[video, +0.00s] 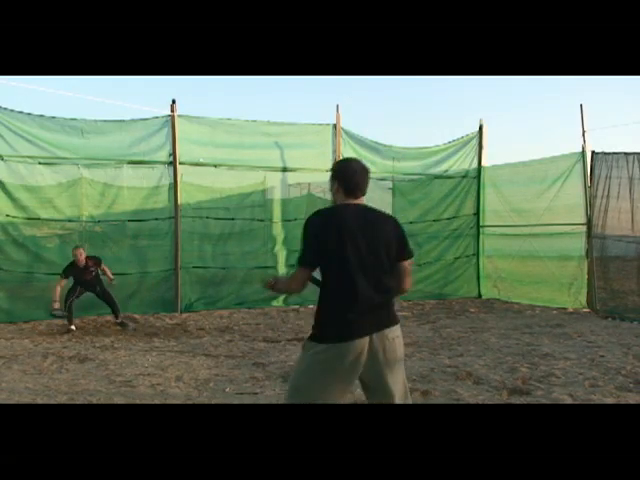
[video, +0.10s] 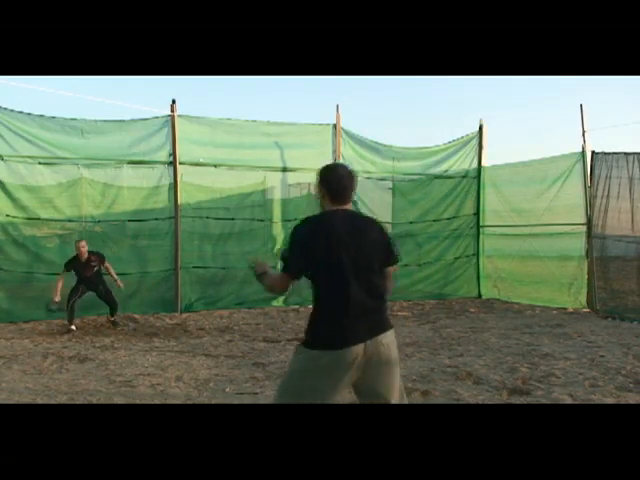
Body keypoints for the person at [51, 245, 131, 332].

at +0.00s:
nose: (79, 258)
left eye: (81, 255)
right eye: (77, 255)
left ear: (85, 254)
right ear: (74, 257)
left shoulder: (93, 261)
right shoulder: (70, 268)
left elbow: (103, 268)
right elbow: (59, 285)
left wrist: (110, 277)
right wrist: (56, 302)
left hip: (95, 284)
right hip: (80, 285)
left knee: (111, 301)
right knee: (68, 301)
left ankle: (118, 319)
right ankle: (71, 325)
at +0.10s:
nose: (82, 250)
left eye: (83, 247)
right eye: (79, 248)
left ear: (87, 247)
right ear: (76, 250)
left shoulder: (96, 257)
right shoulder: (72, 262)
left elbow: (107, 266)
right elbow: (61, 277)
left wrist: (116, 280)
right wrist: (57, 294)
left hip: (98, 283)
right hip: (82, 284)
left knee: (113, 304)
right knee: (70, 301)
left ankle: (112, 318)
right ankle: (71, 325)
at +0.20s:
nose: (87, 243)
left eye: (89, 241)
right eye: (84, 241)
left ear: (93, 241)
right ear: (82, 242)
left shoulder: (102, 252)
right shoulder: (77, 256)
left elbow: (112, 264)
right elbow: (68, 269)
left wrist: (117, 276)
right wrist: (63, 285)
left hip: (101, 281)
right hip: (86, 282)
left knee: (112, 301)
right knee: (75, 301)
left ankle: (109, 320)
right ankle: (72, 325)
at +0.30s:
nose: (92, 238)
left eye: (95, 235)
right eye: (90, 236)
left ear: (98, 236)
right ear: (88, 237)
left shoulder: (107, 249)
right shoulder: (82, 251)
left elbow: (117, 262)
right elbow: (74, 265)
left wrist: (118, 275)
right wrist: (69, 279)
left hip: (104, 279)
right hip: (90, 280)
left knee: (111, 299)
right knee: (79, 299)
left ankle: (109, 320)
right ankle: (75, 323)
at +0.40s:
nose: (96, 234)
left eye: (98, 231)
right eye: (94, 232)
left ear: (102, 233)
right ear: (91, 233)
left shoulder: (110, 246)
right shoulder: (85, 247)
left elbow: (118, 261)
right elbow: (79, 259)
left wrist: (116, 273)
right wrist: (75, 272)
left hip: (106, 277)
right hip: (91, 277)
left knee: (111, 298)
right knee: (81, 296)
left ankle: (109, 320)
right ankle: (81, 321)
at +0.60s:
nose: (97, 231)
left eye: (99, 228)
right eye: (95, 228)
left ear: (103, 229)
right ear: (92, 230)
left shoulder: (111, 244)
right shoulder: (86, 245)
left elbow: (116, 259)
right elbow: (81, 258)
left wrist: (113, 271)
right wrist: (78, 268)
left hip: (106, 274)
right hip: (92, 275)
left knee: (110, 298)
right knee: (86, 297)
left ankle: (109, 319)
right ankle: (88, 321)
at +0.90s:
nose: (100, 228)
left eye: (102, 225)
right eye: (97, 225)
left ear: (106, 227)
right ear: (94, 228)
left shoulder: (113, 242)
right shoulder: (89, 242)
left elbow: (118, 258)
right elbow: (80, 258)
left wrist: (115, 269)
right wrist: (80, 258)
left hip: (109, 274)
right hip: (94, 275)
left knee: (117, 299)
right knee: (90, 300)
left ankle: (122, 320)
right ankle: (89, 323)